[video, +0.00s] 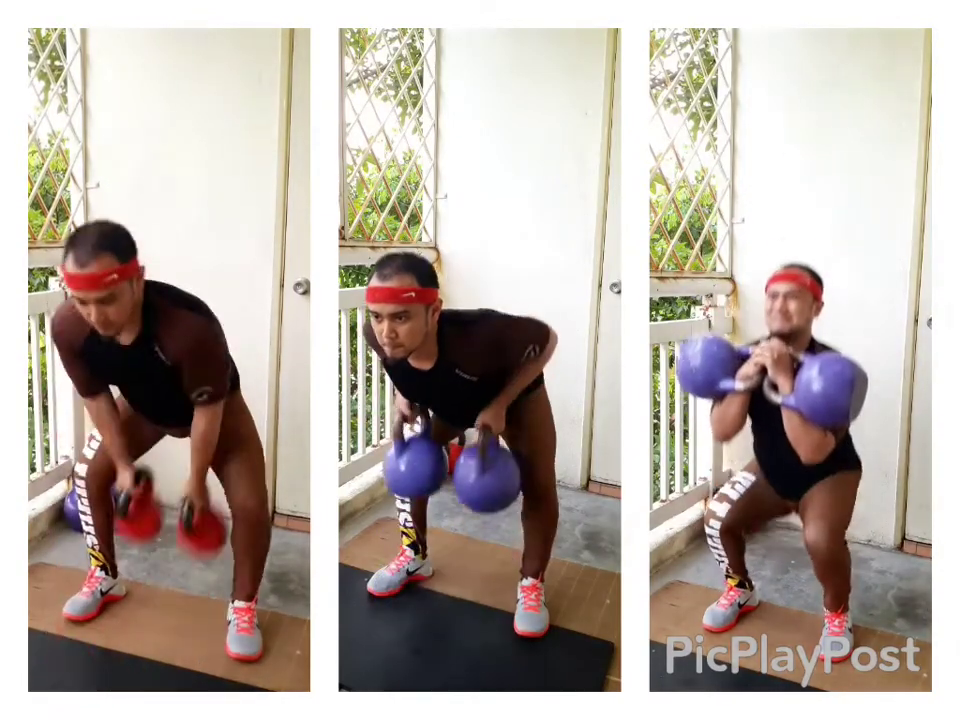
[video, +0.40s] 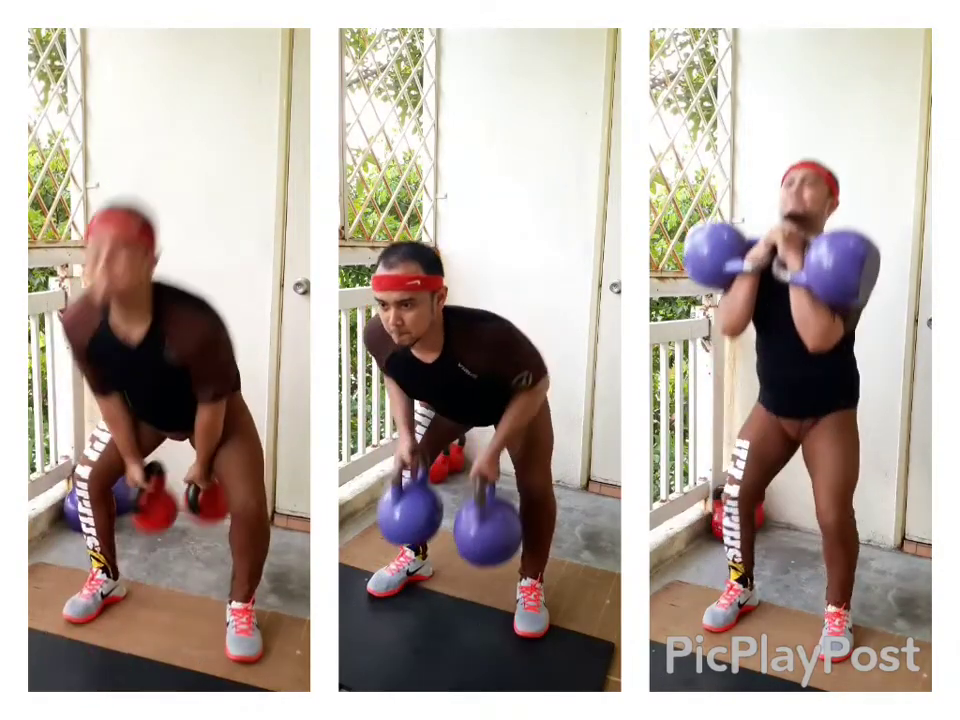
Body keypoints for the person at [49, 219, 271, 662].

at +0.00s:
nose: (95, 316)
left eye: (108, 300)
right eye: (82, 303)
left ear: (137, 279)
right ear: (70, 293)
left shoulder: (188, 324)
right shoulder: (68, 327)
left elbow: (208, 404)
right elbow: (96, 397)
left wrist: (197, 480)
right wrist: (122, 462)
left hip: (211, 406)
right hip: (146, 409)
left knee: (252, 507)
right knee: (93, 477)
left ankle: (243, 606)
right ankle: (104, 574)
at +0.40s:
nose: (105, 262)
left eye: (120, 250)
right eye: (96, 250)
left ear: (149, 259)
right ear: (86, 258)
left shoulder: (193, 321)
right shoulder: (81, 322)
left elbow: (212, 400)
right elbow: (105, 393)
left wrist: (201, 467)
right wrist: (132, 458)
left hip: (211, 411)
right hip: (149, 410)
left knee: (250, 508)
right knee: (98, 478)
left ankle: (242, 605)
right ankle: (105, 574)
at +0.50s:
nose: (138, 202)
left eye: (152, 191)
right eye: (129, 191)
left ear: (178, 204)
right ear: (120, 202)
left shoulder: (210, 281)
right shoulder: (102, 277)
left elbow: (221, 376)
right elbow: (104, 364)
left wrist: (202, 462)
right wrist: (113, 445)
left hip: (212, 410)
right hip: (146, 409)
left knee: (249, 513)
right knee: (96, 480)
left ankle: (240, 607)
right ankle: (105, 575)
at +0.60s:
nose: (161, 174)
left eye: (175, 163)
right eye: (153, 164)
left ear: (199, 172)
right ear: (143, 174)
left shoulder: (225, 245)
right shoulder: (120, 243)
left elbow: (221, 335)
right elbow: (110, 322)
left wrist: (191, 411)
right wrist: (93, 393)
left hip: (212, 393)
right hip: (148, 392)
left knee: (241, 502)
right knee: (102, 473)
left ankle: (240, 605)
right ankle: (105, 576)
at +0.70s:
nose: (172, 155)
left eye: (184, 144)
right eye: (162, 145)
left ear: (207, 152)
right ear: (151, 154)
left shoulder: (233, 213)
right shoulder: (131, 212)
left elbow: (228, 288)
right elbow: (106, 283)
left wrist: (189, 343)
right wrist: (75, 315)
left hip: (212, 373)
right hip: (148, 368)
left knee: (232, 495)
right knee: (116, 474)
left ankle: (240, 604)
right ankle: (106, 575)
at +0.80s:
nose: (172, 145)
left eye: (184, 134)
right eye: (162, 135)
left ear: (207, 142)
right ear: (151, 145)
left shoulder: (235, 196)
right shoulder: (131, 203)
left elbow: (248, 264)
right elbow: (102, 278)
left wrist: (211, 267)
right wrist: (72, 249)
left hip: (206, 378)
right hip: (142, 375)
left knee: (221, 493)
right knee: (125, 482)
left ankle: (240, 602)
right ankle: (107, 575)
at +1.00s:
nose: (169, 129)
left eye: (181, 121)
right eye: (161, 123)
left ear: (204, 143)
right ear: (150, 143)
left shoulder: (229, 212)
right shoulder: (122, 209)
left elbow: (234, 282)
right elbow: (87, 280)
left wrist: (226, 194)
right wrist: (66, 203)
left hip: (194, 385)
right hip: (126, 380)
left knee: (215, 498)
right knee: (116, 488)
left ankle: (239, 603)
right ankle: (106, 576)